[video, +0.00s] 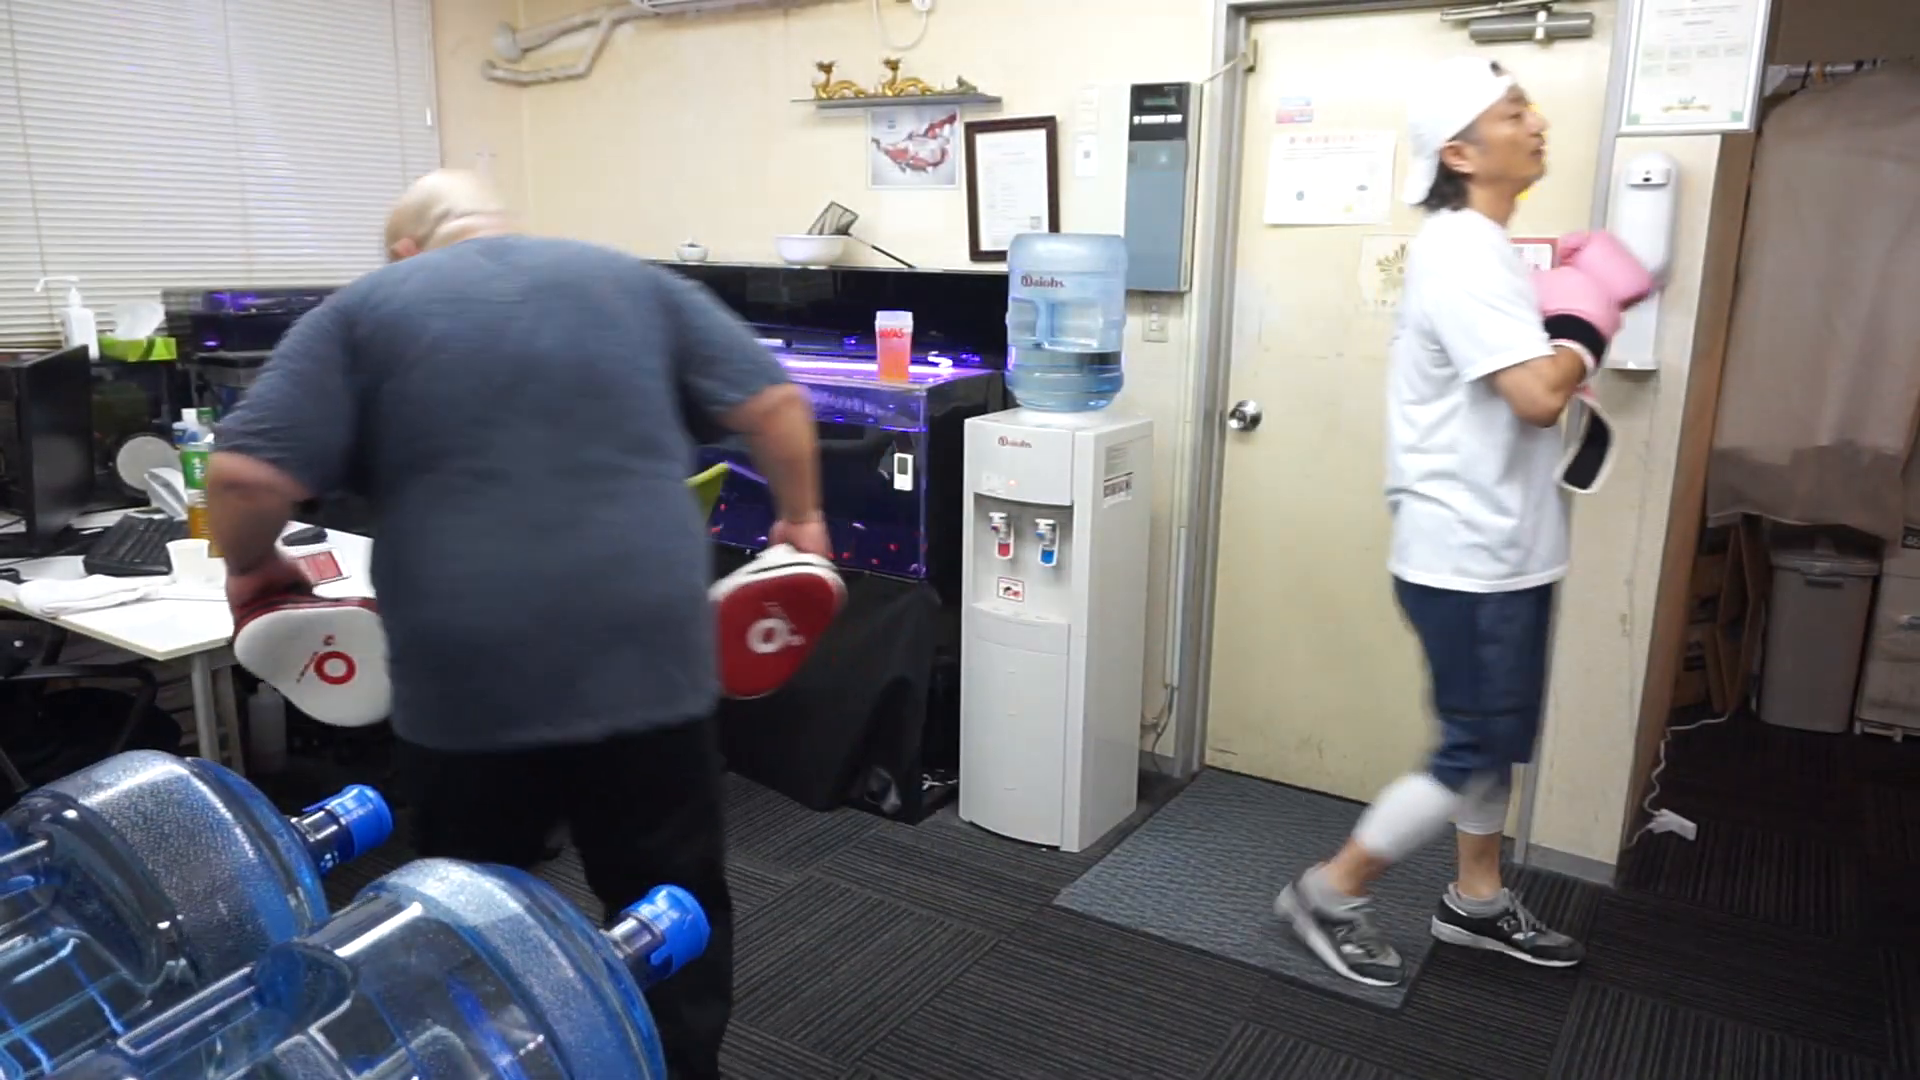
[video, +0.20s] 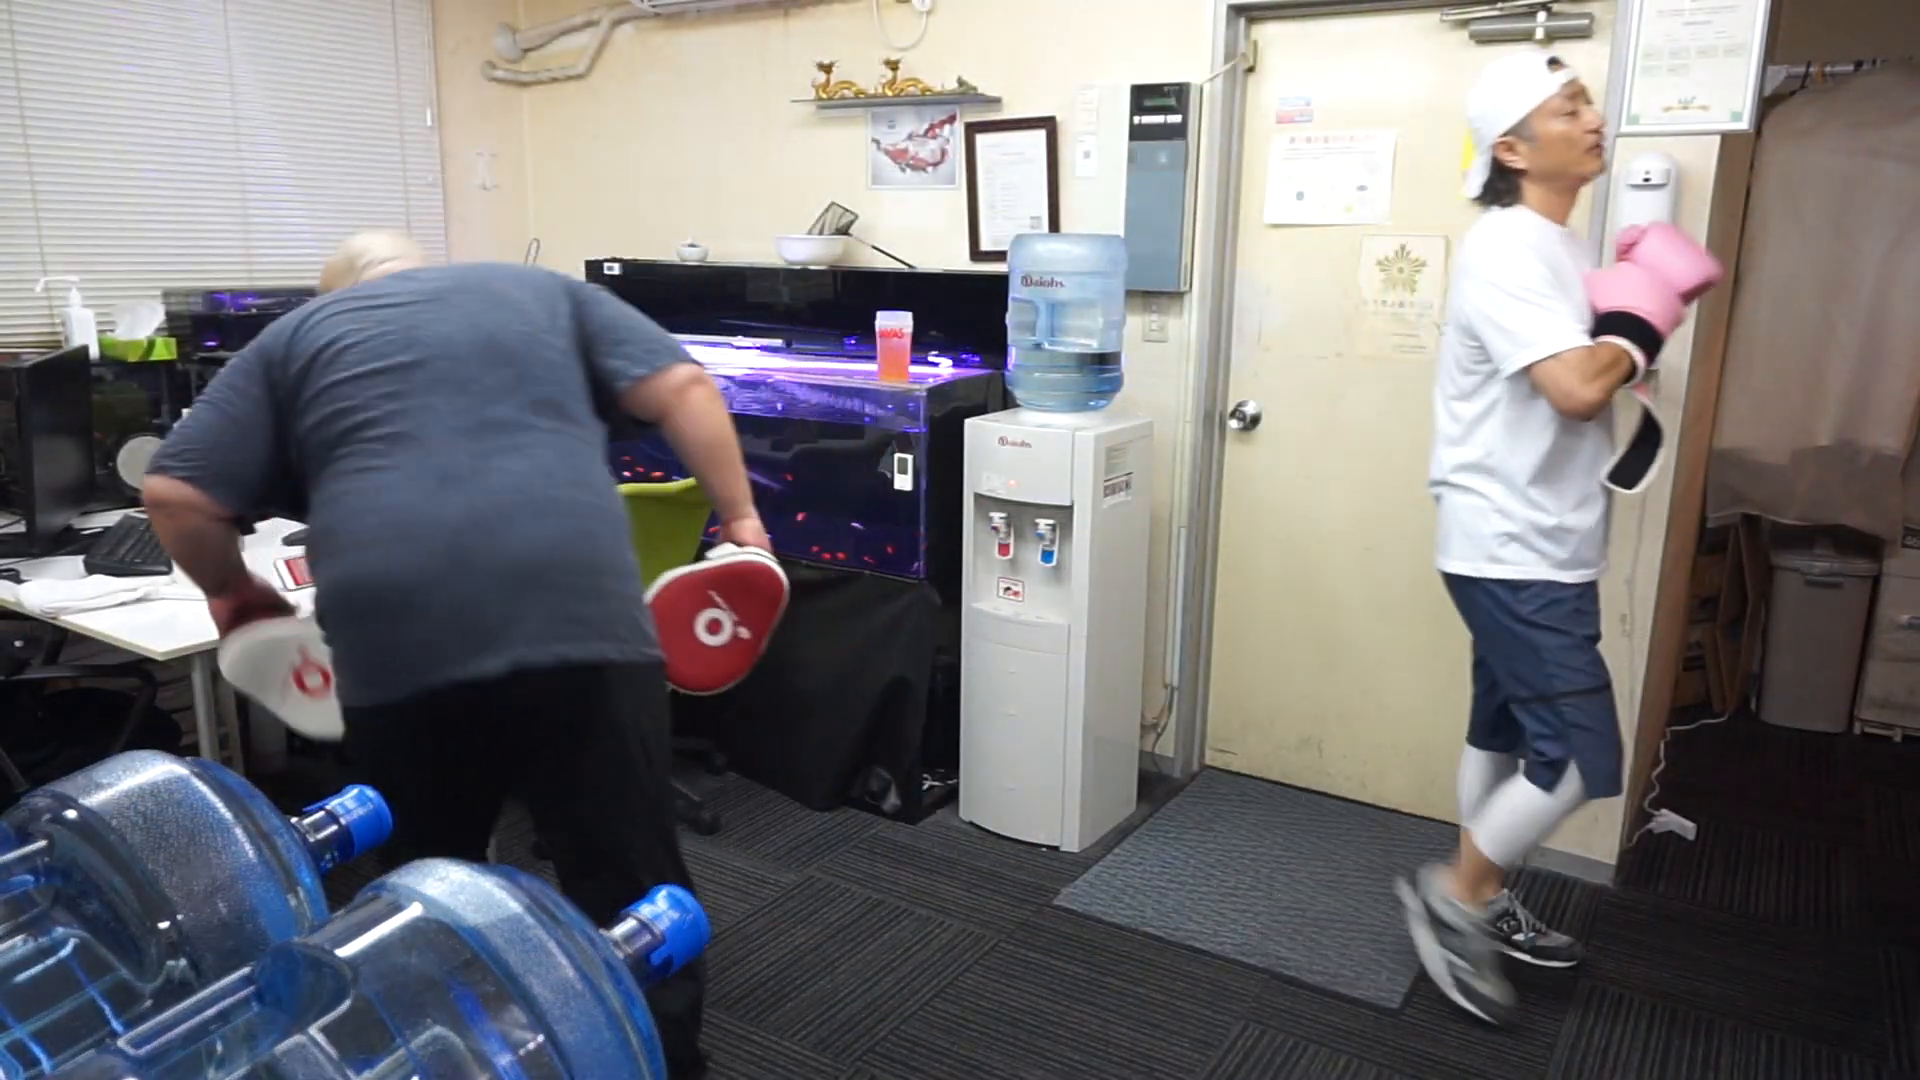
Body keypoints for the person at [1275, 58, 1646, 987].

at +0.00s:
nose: (1536, 123)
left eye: (1527, 109)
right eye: (1513, 115)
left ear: (1479, 152)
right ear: (1463, 152)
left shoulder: (1493, 248)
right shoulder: (1459, 251)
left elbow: (1527, 375)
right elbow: (1539, 398)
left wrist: (1569, 309)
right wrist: (1586, 325)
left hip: (1507, 546)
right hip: (1464, 552)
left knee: (1496, 738)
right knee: (1474, 752)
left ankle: (1476, 898)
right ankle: (1326, 892)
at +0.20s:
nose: (1593, 118)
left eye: (1586, 103)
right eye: (1567, 111)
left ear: (1553, 146)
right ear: (1514, 149)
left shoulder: (1561, 248)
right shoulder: (1508, 248)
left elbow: (1585, 373)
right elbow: (1578, 390)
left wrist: (1635, 315)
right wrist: (1641, 320)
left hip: (1544, 543)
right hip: (1509, 547)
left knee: (1502, 732)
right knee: (1582, 755)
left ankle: (1486, 901)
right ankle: (1451, 897)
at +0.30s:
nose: (1617, 117)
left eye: (1611, 101)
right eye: (1592, 110)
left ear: (1586, 142)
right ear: (1539, 149)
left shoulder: (1597, 247)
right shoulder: (1522, 255)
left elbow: (1607, 375)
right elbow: (1594, 394)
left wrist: (1666, 321)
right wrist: (1668, 314)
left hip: (1571, 548)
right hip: (1526, 553)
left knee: (1514, 726)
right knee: (1574, 758)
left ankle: (1476, 891)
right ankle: (1535, 959)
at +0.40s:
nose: (1644, 127)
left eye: (1638, 109)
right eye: (1616, 118)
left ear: (1622, 141)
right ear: (1562, 155)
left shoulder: (1627, 253)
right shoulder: (1543, 260)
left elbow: (1637, 384)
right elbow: (1603, 408)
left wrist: (1689, 354)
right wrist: (1688, 329)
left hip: (1593, 556)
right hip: (1543, 563)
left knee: (1527, 738)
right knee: (1566, 771)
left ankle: (1473, 895)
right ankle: (1605, 990)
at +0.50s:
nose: (1664, 130)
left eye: (1661, 112)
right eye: (1635, 122)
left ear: (1665, 140)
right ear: (1580, 162)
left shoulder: (1676, 252)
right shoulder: (1558, 274)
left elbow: (1689, 387)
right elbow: (1605, 424)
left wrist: (1739, 331)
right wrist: (1699, 357)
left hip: (1637, 562)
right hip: (1567, 572)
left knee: (1548, 741)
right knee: (1595, 786)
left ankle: (1475, 897)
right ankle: (1616, 1003)